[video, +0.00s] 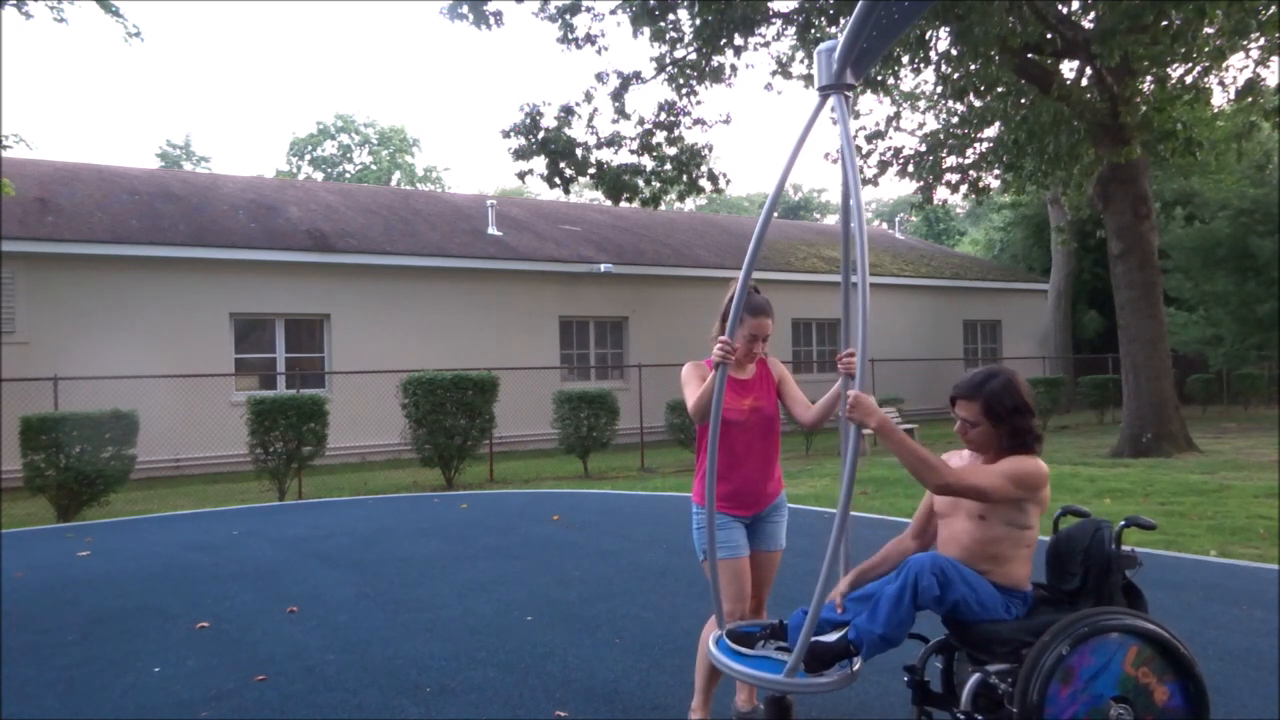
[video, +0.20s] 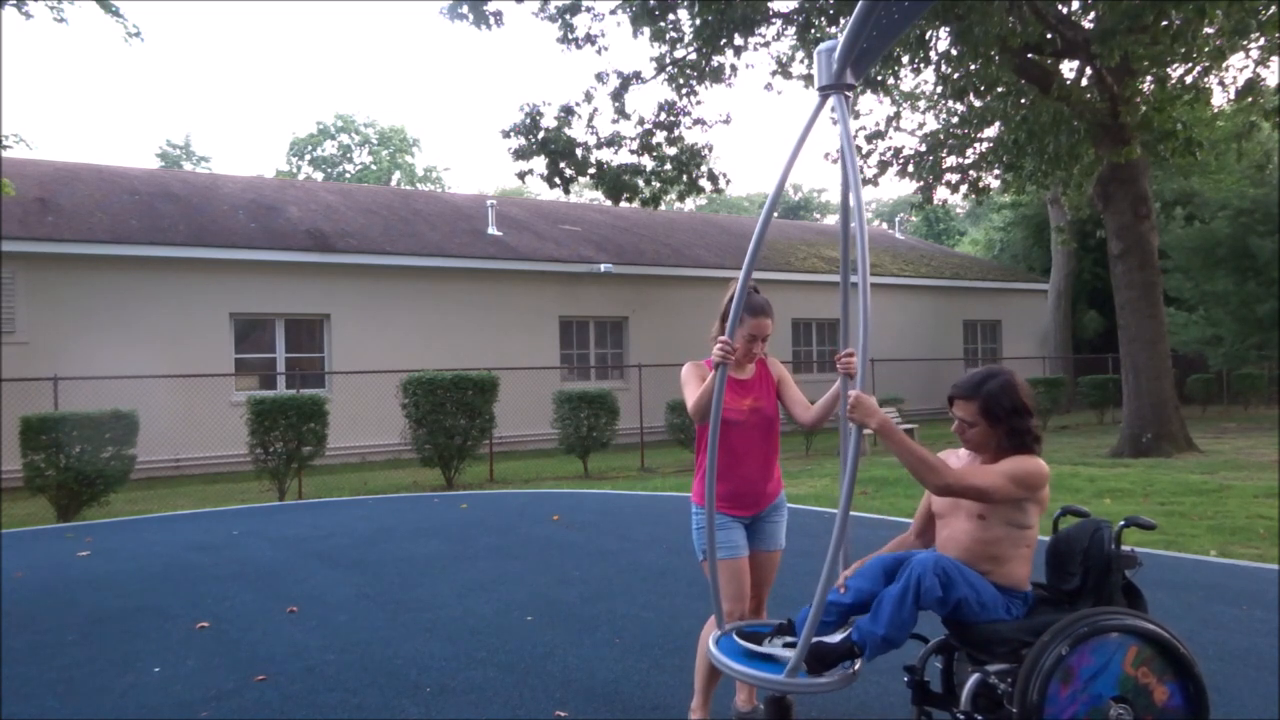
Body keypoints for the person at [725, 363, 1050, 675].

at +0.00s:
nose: (959, 431)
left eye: (969, 424)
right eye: (957, 421)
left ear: (1004, 424)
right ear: (956, 415)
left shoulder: (1030, 471)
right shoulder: (954, 462)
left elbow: (945, 481)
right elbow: (914, 538)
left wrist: (879, 422)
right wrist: (852, 577)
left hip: (1001, 599)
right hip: (945, 585)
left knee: (928, 567)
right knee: (879, 590)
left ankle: (846, 645)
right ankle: (789, 631)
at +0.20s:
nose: (956, 432)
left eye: (967, 424)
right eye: (954, 422)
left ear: (1001, 423)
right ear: (952, 415)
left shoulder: (1031, 470)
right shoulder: (950, 462)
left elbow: (950, 483)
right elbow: (918, 536)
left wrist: (880, 423)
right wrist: (864, 565)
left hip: (999, 599)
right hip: (944, 582)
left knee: (929, 565)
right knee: (884, 565)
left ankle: (852, 646)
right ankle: (798, 630)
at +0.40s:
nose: (951, 431)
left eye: (961, 424)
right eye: (949, 421)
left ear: (996, 422)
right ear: (948, 415)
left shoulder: (1027, 469)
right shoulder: (946, 463)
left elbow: (946, 484)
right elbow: (912, 532)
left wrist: (881, 424)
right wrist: (856, 557)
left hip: (1000, 598)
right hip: (944, 583)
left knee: (931, 568)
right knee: (883, 573)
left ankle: (851, 648)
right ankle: (799, 633)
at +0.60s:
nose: (948, 428)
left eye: (957, 421)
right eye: (946, 419)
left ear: (992, 420)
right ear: (945, 414)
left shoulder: (1024, 466)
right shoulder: (940, 464)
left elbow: (945, 482)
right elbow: (876, 513)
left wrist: (880, 423)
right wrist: (812, 502)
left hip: (1002, 599)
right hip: (945, 587)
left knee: (933, 568)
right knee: (883, 589)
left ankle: (854, 649)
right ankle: (798, 636)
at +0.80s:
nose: (945, 427)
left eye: (955, 420)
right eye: (943, 417)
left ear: (989, 419)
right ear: (942, 413)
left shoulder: (1021, 465)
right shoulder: (936, 461)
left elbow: (946, 483)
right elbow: (853, 478)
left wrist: (883, 424)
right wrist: (776, 451)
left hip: (1001, 599)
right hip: (945, 587)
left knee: (933, 568)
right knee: (892, 583)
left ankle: (853, 648)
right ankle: (802, 636)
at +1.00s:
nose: (941, 425)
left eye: (951, 418)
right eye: (939, 416)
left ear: (984, 419)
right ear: (938, 412)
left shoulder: (1016, 462)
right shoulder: (931, 457)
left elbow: (943, 483)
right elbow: (828, 455)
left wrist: (882, 424)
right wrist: (747, 429)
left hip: (1002, 598)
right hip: (943, 587)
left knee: (932, 569)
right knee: (875, 590)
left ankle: (853, 647)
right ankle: (798, 638)